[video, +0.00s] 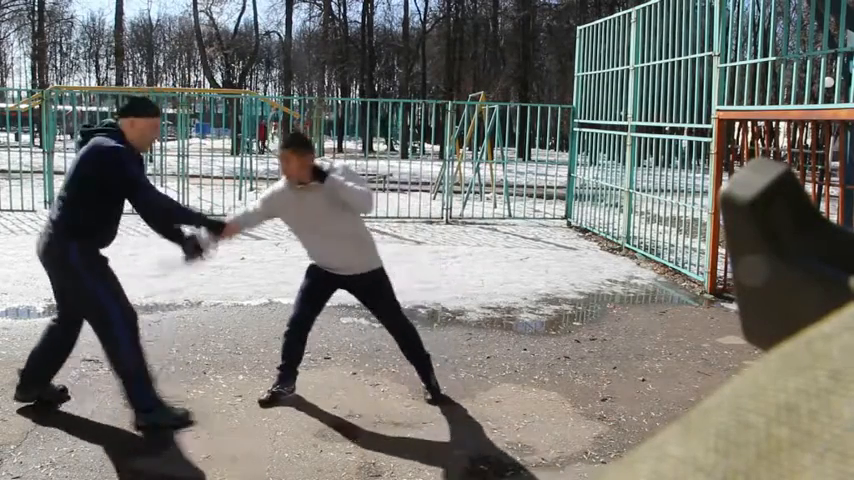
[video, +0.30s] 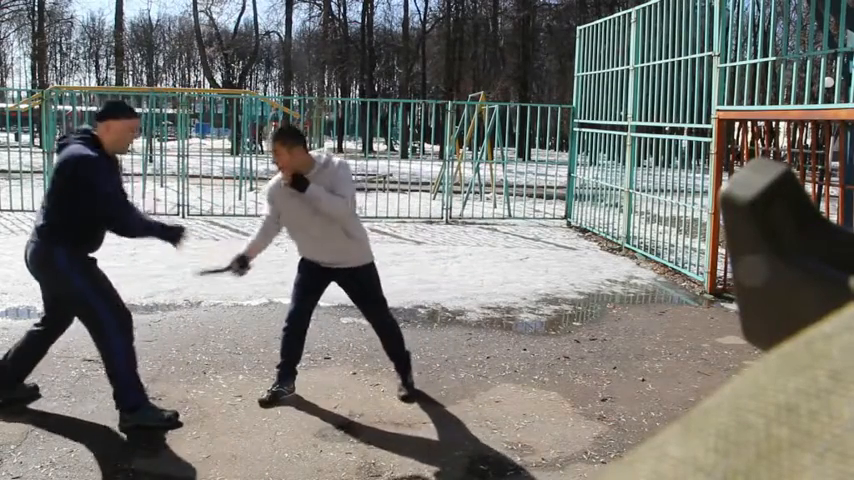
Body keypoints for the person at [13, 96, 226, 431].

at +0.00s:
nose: (157, 135)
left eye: (158, 128)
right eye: (153, 127)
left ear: (130, 124)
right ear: (131, 123)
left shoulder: (114, 150)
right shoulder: (113, 154)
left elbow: (148, 206)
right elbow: (152, 202)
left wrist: (183, 238)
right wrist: (206, 221)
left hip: (62, 247)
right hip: (74, 251)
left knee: (68, 320)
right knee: (120, 321)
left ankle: (32, 385)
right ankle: (149, 410)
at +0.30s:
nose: (133, 139)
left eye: (135, 133)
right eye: (130, 131)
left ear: (106, 127)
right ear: (107, 126)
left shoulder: (93, 155)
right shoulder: (88, 161)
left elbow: (118, 213)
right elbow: (119, 219)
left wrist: (155, 226)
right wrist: (164, 231)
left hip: (52, 254)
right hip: (62, 258)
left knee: (55, 321)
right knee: (115, 322)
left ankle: (5, 382)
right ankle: (134, 409)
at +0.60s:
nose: (98, 106)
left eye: (98, 99)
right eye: (92, 98)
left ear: (74, 101)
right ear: (68, 99)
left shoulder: (65, 132)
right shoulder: (51, 134)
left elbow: (65, 186)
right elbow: (59, 188)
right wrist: (100, 172)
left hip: (56, 240)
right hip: (59, 243)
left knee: (42, 314)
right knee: (100, 314)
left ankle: (5, 382)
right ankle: (99, 401)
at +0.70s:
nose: (92, 103)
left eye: (92, 96)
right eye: (86, 96)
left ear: (64, 99)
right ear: (62, 97)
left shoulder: (57, 131)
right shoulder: (50, 133)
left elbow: (63, 185)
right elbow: (64, 186)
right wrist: (114, 180)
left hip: (51, 239)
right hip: (60, 242)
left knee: (57, 310)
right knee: (102, 314)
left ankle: (7, 377)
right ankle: (100, 400)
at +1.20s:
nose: (97, 104)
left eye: (97, 97)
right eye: (92, 96)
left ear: (67, 98)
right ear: (69, 98)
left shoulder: (61, 130)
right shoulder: (58, 133)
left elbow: (73, 183)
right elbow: (71, 187)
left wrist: (119, 172)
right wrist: (122, 174)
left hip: (49, 238)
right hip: (63, 242)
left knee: (49, 311)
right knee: (104, 314)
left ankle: (7, 376)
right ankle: (120, 400)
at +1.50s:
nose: (103, 138)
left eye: (105, 131)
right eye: (98, 131)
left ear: (82, 130)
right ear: (75, 127)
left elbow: (105, 212)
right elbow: (98, 211)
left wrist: (143, 249)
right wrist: (151, 244)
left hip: (36, 253)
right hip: (28, 254)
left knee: (39, 312)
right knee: (90, 312)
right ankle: (98, 396)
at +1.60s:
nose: (88, 132)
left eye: (89, 126)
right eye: (83, 125)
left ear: (62, 123)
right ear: (59, 120)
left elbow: (88, 200)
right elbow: (72, 210)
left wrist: (126, 232)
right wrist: (131, 231)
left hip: (29, 249)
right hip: (22, 251)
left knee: (35, 311)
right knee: (77, 311)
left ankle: (0, 369)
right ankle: (98, 397)